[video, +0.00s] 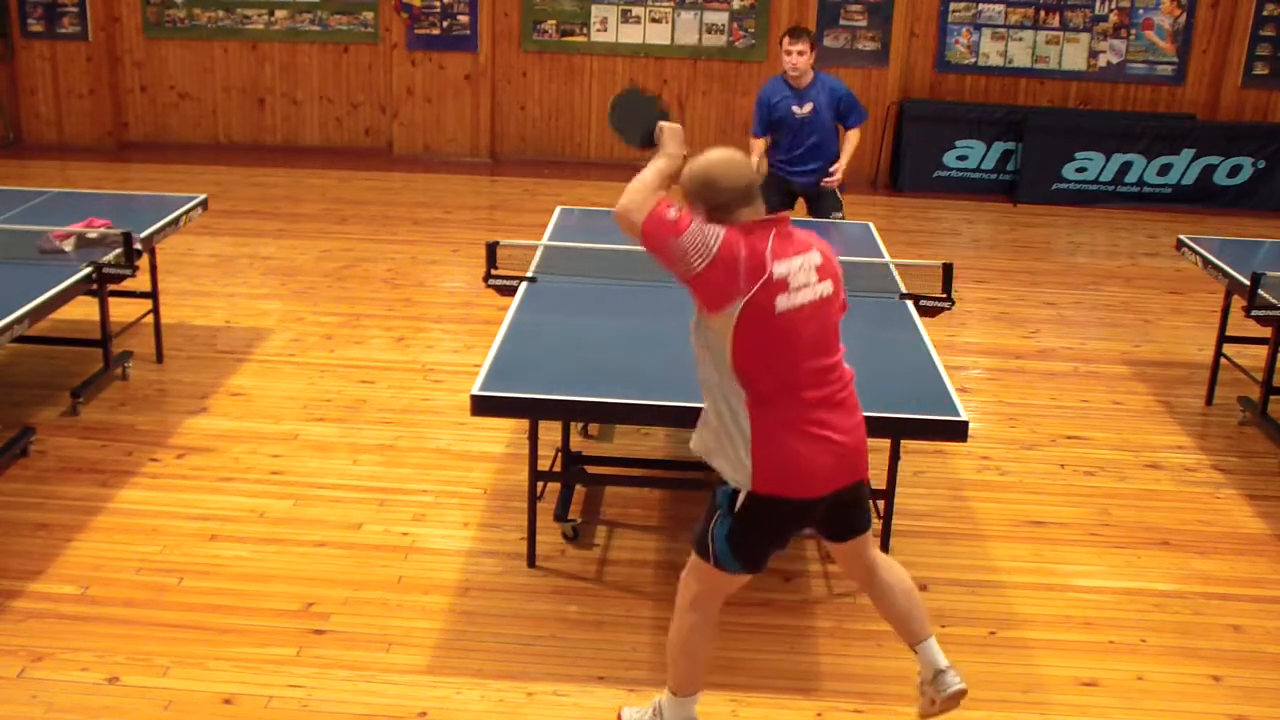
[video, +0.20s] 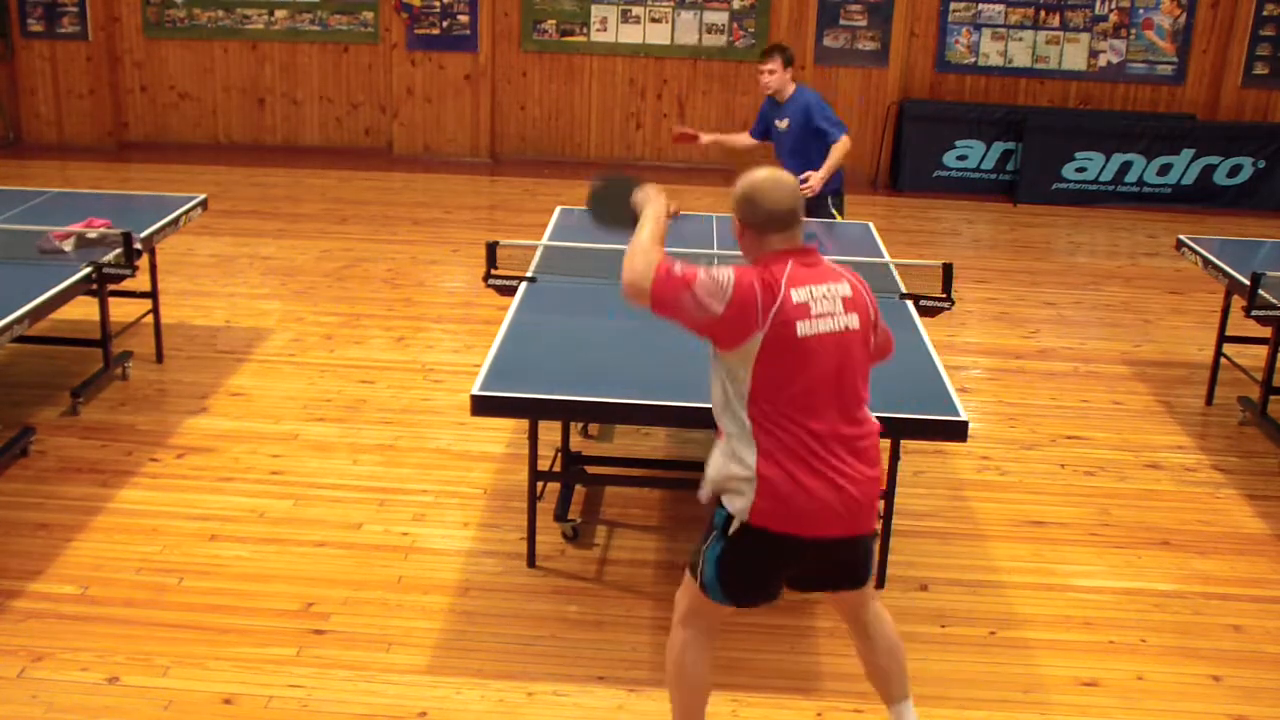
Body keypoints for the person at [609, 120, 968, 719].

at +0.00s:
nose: (682, 210)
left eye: (685, 202)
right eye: (680, 202)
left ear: (702, 212)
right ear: (758, 194)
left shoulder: (721, 256)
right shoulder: (816, 247)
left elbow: (631, 210)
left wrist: (667, 157)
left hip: (768, 478)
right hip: (846, 461)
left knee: (699, 594)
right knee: (868, 561)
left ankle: (676, 709)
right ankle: (937, 667)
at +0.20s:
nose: (733, 228)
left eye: (734, 220)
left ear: (740, 228)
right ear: (803, 217)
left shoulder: (745, 290)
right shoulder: (850, 284)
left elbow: (639, 279)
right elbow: (880, 347)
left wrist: (654, 211)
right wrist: (809, 346)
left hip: (769, 511)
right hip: (851, 508)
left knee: (692, 616)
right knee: (862, 603)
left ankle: (687, 716)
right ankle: (905, 712)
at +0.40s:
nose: (765, 235)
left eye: (767, 227)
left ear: (771, 235)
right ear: (834, 231)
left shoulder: (758, 310)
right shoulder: (887, 302)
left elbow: (681, 390)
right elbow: (919, 384)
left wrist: (657, 353)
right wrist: (852, 370)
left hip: (796, 526)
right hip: (890, 526)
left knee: (730, 638)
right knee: (905, 633)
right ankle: (925, 719)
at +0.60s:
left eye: (794, 241)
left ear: (798, 250)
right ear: (864, 248)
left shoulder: (770, 322)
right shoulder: (913, 319)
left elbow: (730, 429)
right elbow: (969, 391)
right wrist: (905, 355)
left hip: (800, 545)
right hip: (900, 546)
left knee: (732, 641)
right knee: (928, 659)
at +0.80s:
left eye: (787, 220)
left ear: (790, 227)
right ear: (859, 229)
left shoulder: (749, 288)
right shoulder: (897, 302)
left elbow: (726, 380)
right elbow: (994, 389)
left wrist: (721, 378)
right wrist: (994, 416)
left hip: (779, 530)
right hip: (882, 535)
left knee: (730, 645)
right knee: (923, 657)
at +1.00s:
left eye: (804, 245)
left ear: (809, 252)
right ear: (880, 252)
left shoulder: (768, 326)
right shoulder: (931, 325)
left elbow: (740, 436)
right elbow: (1015, 386)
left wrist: (744, 495)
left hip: (790, 558)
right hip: (894, 568)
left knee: (733, 647)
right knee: (917, 697)